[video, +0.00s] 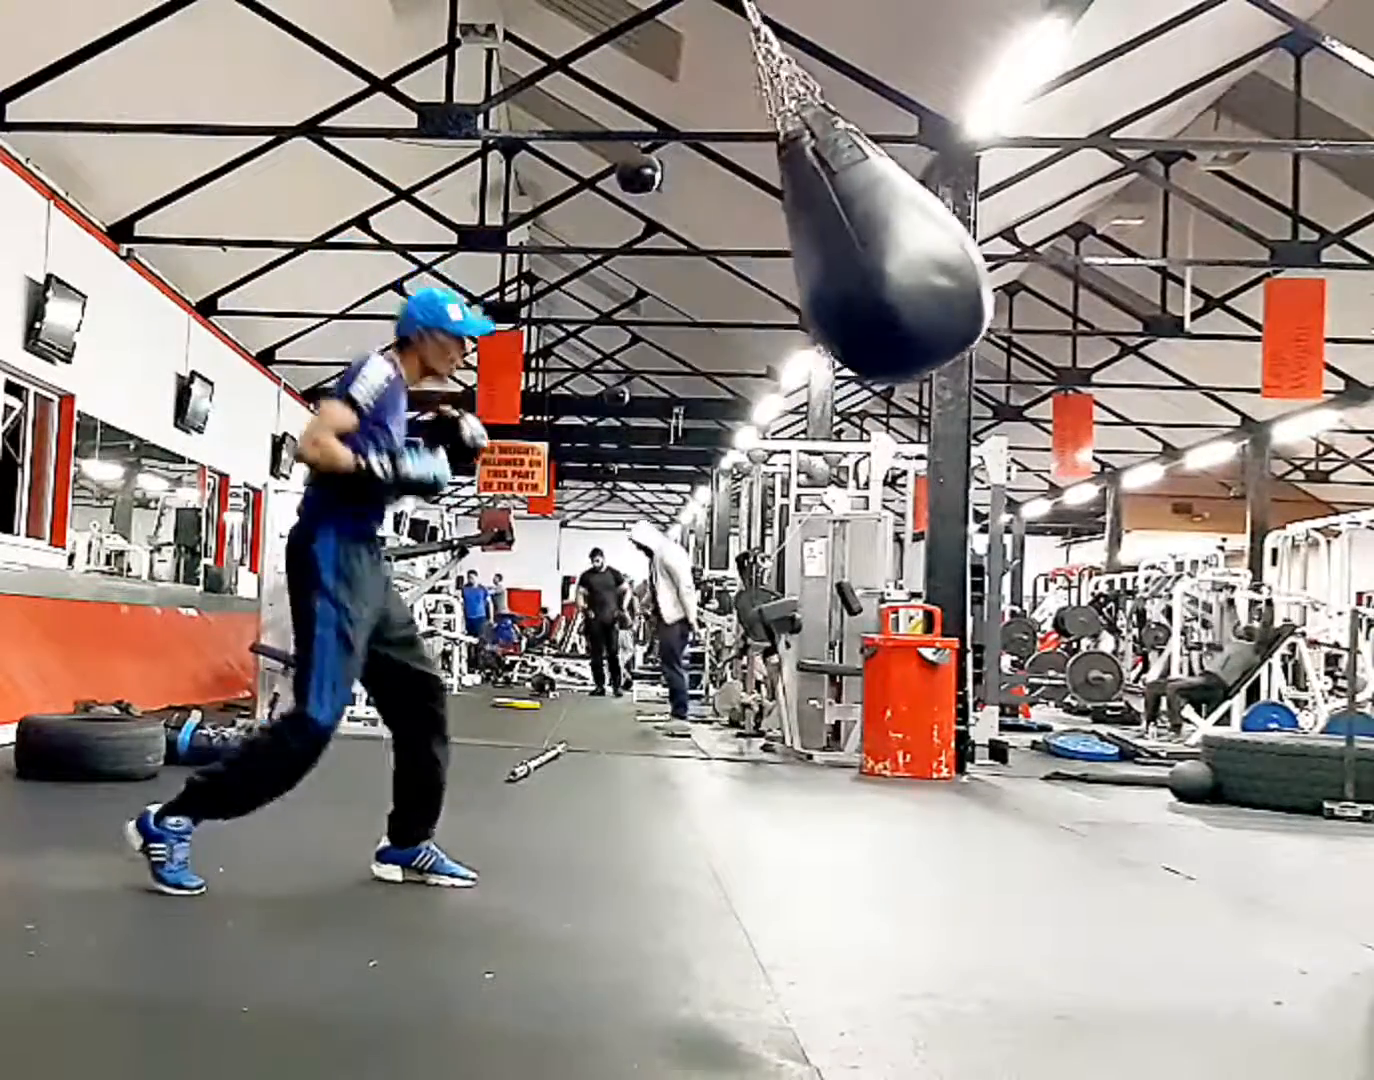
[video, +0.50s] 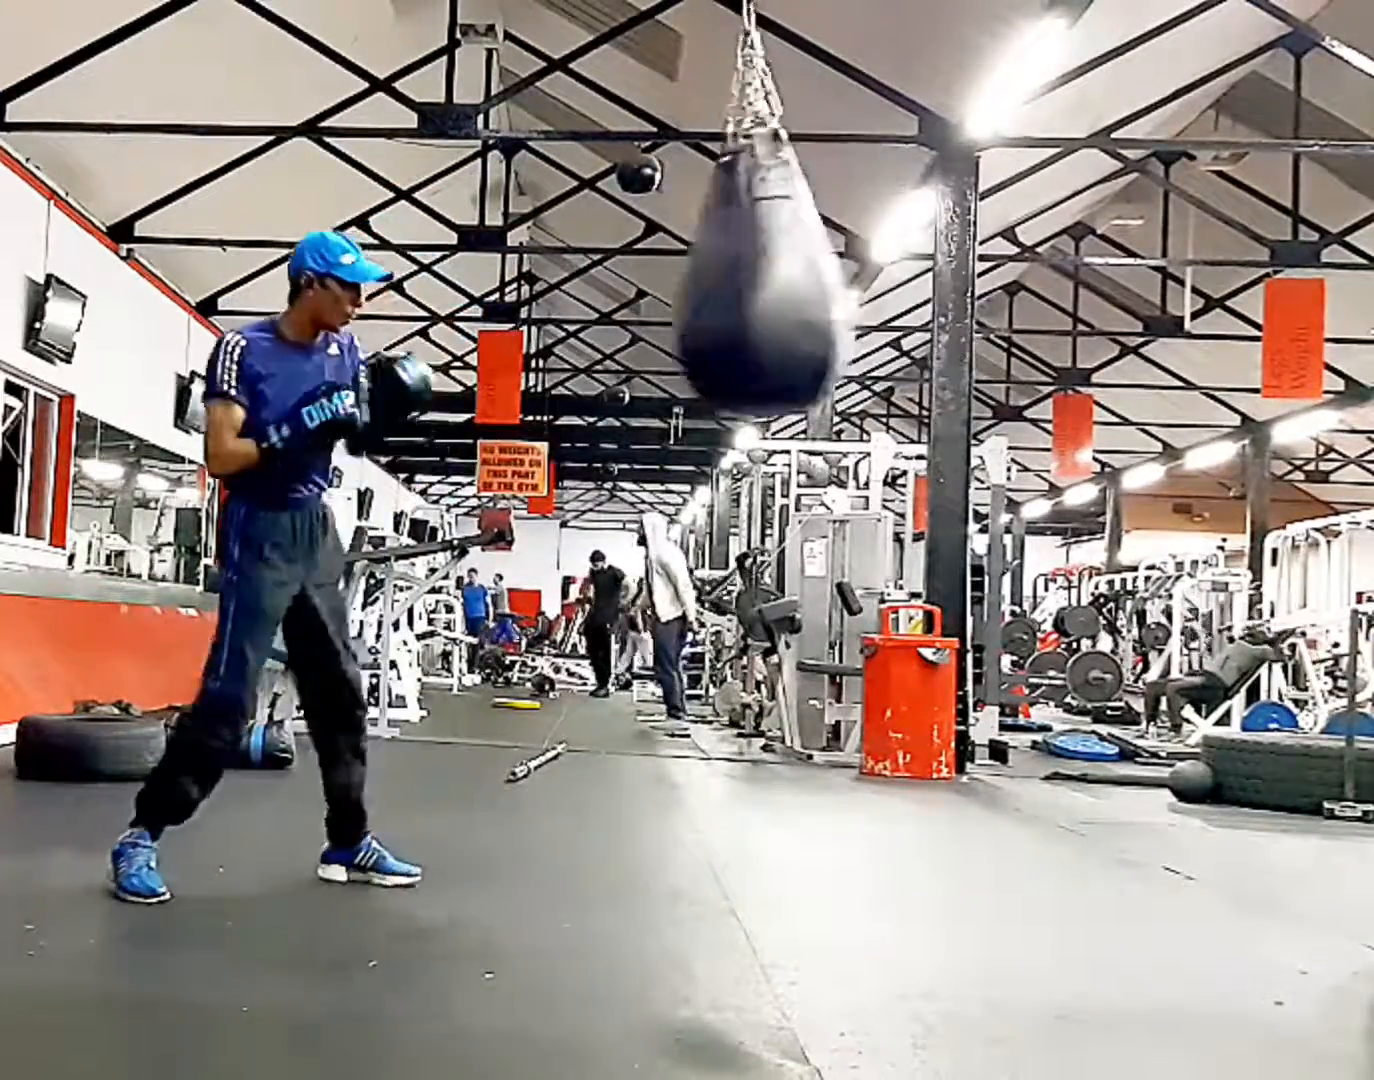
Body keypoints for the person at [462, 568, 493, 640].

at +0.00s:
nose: (470, 580)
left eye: (472, 577)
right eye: (469, 577)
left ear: (476, 578)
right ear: (468, 578)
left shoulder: (482, 589)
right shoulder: (464, 589)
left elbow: (490, 603)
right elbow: (463, 603)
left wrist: (491, 618)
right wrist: (463, 617)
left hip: (481, 618)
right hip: (469, 618)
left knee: (481, 640)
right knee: (471, 640)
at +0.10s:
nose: (470, 580)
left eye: (472, 578)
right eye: (469, 578)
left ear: (476, 578)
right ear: (467, 579)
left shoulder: (483, 590)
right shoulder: (464, 590)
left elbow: (490, 604)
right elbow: (462, 605)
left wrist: (491, 620)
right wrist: (463, 619)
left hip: (481, 619)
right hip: (469, 619)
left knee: (481, 641)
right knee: (470, 641)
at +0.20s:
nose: (471, 580)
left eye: (472, 578)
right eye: (469, 578)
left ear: (476, 579)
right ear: (467, 579)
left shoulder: (483, 590)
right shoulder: (464, 591)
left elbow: (489, 605)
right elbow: (463, 605)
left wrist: (490, 621)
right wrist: (464, 619)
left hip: (481, 620)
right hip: (469, 620)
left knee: (480, 643)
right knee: (470, 643)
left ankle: (477, 666)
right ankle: (471, 666)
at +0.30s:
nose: (470, 580)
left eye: (472, 578)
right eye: (469, 578)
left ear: (476, 578)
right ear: (467, 579)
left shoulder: (482, 590)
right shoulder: (464, 591)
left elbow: (488, 605)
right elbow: (462, 606)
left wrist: (490, 620)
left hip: (481, 619)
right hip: (469, 620)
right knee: (470, 642)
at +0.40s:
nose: (471, 579)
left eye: (473, 577)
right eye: (470, 577)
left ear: (477, 577)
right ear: (468, 578)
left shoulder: (482, 589)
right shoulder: (465, 590)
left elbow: (489, 605)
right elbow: (462, 605)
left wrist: (490, 620)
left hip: (481, 619)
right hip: (469, 620)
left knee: (481, 641)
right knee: (470, 642)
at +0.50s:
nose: (471, 578)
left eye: (472, 576)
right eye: (469, 576)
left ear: (476, 576)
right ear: (468, 577)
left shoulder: (482, 589)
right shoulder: (465, 589)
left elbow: (489, 605)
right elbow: (462, 604)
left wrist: (490, 620)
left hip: (480, 618)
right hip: (469, 618)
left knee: (480, 640)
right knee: (470, 640)